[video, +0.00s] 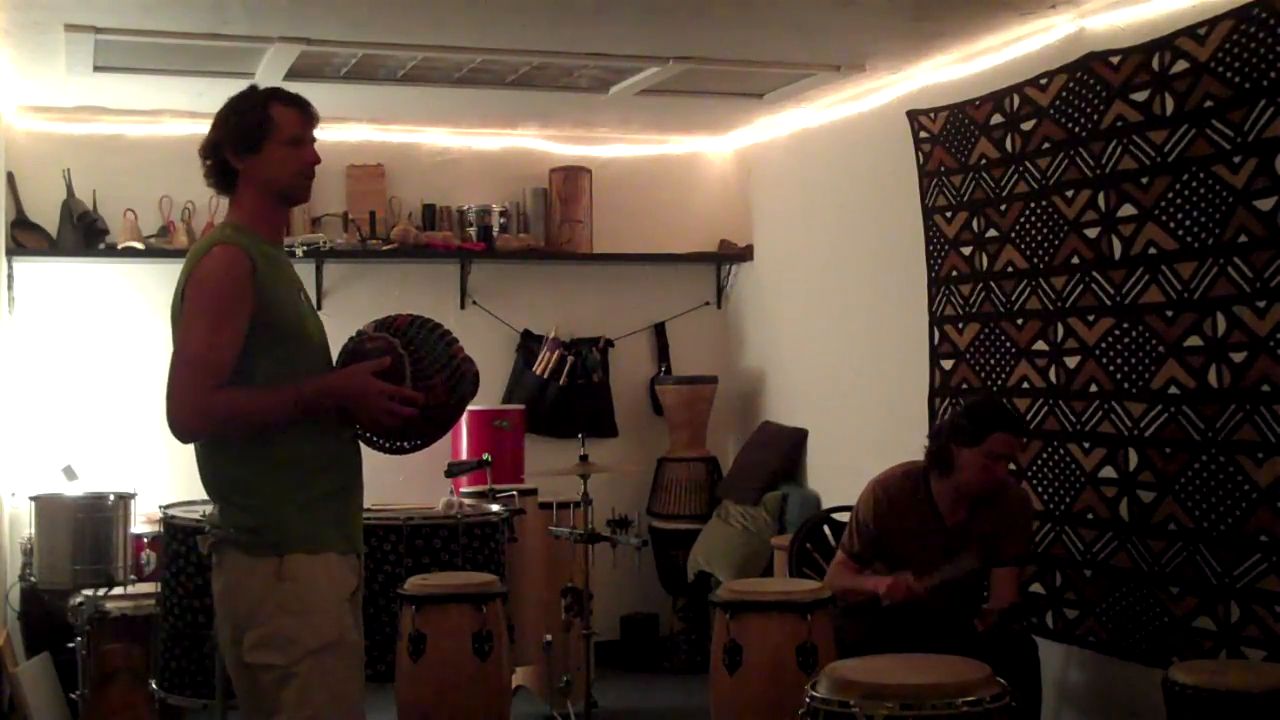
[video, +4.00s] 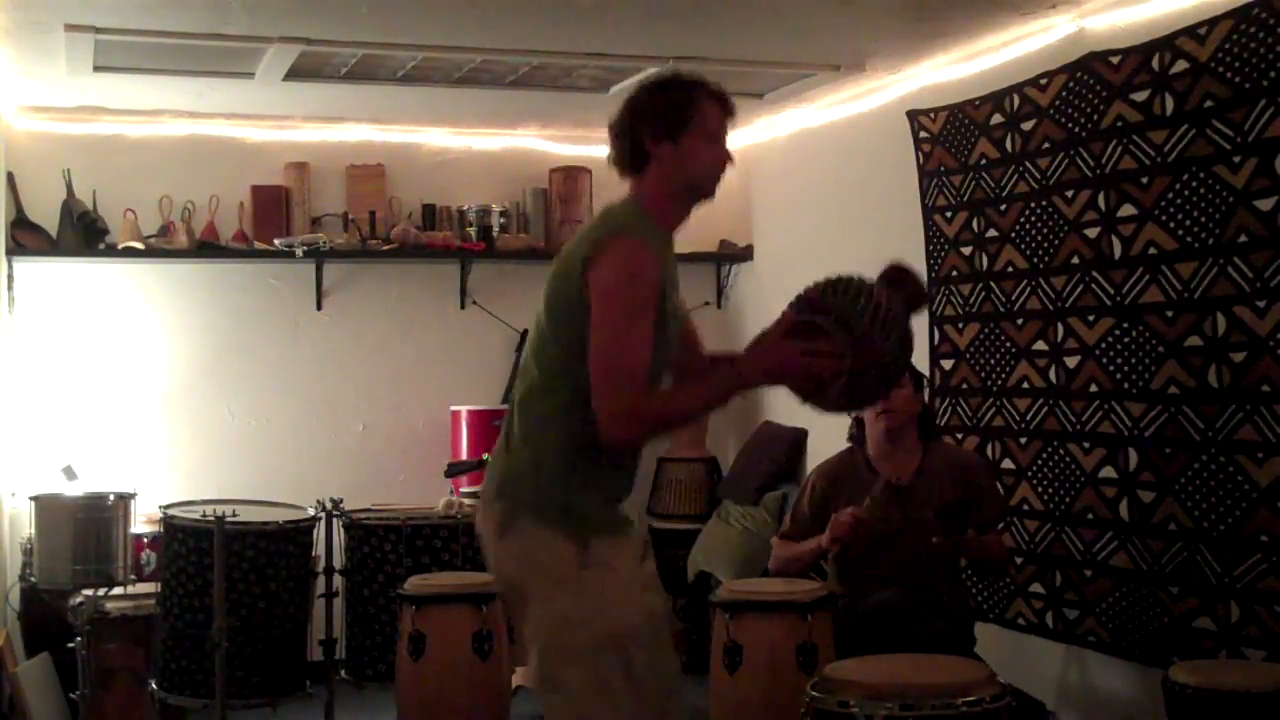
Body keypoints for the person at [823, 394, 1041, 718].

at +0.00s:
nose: (1002, 473)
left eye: (1007, 462)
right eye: (992, 459)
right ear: (956, 448)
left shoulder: (1010, 504)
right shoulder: (888, 492)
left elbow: (1005, 595)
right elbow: (835, 577)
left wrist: (992, 615)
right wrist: (877, 583)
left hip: (961, 620)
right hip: (887, 616)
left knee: (1018, 649)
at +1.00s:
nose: (950, 444)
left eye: (967, 437)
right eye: (947, 429)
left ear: (989, 454)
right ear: (936, 431)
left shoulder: (1005, 505)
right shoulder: (884, 488)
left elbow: (1004, 590)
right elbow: (831, 575)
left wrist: (988, 612)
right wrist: (877, 582)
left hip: (960, 625)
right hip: (886, 620)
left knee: (1016, 650)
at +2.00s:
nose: (979, 452)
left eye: (997, 445)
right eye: (974, 436)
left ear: (1016, 459)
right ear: (957, 436)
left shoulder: (1028, 509)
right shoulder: (907, 483)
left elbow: (1018, 602)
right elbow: (814, 531)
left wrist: (981, 626)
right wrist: (875, 570)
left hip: (969, 618)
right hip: (896, 607)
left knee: (1019, 649)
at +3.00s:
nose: (876, 391)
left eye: (887, 381)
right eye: (866, 383)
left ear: (906, 394)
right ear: (851, 399)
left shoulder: (947, 467)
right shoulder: (826, 472)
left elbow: (997, 537)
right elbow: (762, 542)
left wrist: (967, 534)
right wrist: (829, 539)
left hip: (940, 626)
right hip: (863, 631)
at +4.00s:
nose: (883, 398)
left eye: (895, 386)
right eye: (873, 389)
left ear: (919, 400)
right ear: (859, 407)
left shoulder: (962, 469)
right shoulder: (829, 478)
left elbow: (997, 553)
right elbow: (777, 561)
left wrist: (964, 542)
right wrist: (821, 542)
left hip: (943, 636)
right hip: (859, 639)